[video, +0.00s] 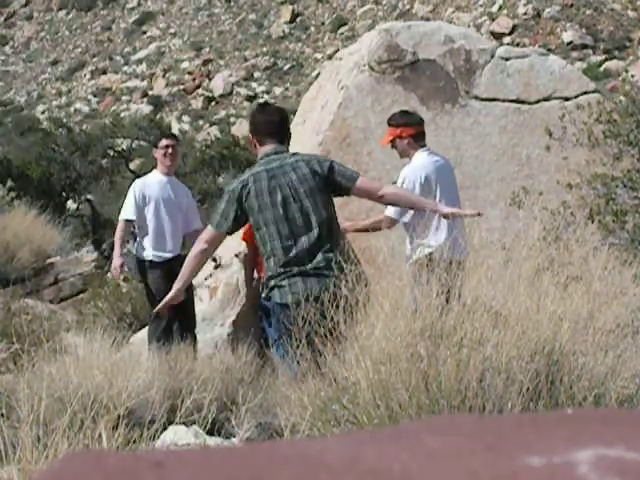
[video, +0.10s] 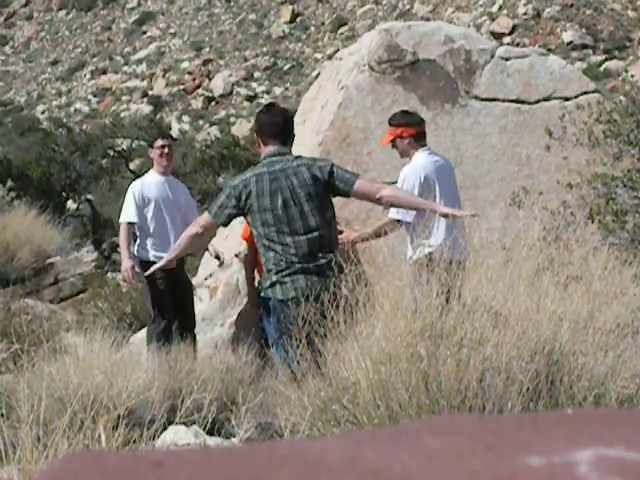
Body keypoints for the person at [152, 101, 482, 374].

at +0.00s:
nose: (248, 140)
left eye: (249, 136)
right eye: (254, 135)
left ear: (253, 140)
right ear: (287, 134)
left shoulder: (243, 185)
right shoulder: (315, 165)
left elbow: (207, 243)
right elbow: (380, 192)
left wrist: (177, 288)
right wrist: (438, 208)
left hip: (287, 297)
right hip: (336, 287)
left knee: (298, 379)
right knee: (341, 370)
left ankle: (308, 443)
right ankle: (348, 437)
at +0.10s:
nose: (253, 141)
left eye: (254, 137)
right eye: (264, 136)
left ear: (258, 139)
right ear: (291, 136)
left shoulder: (245, 183)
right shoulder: (317, 169)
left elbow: (201, 230)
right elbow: (380, 192)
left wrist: (170, 258)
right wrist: (437, 208)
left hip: (285, 291)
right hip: (331, 284)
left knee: (296, 373)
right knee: (338, 365)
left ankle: (306, 436)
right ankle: (343, 428)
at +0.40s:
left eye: (253, 154)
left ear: (253, 156)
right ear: (284, 154)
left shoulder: (237, 192)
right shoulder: (302, 191)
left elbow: (187, 229)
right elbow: (349, 225)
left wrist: (147, 254)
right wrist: (394, 250)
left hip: (257, 298)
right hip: (299, 296)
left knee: (253, 368)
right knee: (307, 368)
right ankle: (319, 420)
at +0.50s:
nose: (253, 163)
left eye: (250, 158)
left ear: (249, 159)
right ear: (280, 156)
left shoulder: (234, 194)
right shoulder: (298, 192)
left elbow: (189, 236)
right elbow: (342, 228)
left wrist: (154, 269)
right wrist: (376, 248)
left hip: (252, 296)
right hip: (292, 292)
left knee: (260, 362)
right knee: (304, 361)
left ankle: (263, 418)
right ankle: (314, 417)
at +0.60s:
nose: (255, 161)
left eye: (248, 157)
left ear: (247, 158)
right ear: (277, 155)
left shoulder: (232, 194)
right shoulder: (295, 191)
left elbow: (189, 236)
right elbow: (340, 219)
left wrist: (155, 266)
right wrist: (375, 229)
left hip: (252, 296)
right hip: (293, 291)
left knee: (266, 363)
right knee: (307, 359)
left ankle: (272, 420)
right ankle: (318, 417)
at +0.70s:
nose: (252, 168)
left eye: (246, 164)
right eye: (265, 162)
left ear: (244, 166)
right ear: (274, 162)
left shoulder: (230, 203)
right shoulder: (293, 196)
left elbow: (189, 228)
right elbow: (340, 207)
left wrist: (156, 244)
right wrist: (382, 206)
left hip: (252, 299)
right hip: (292, 294)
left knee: (265, 366)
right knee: (308, 360)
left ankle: (272, 420)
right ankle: (317, 416)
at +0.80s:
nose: (266, 156)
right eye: (268, 150)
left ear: (243, 157)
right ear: (272, 152)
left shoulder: (229, 192)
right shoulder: (289, 185)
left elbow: (195, 202)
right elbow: (337, 185)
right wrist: (375, 172)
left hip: (254, 287)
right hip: (292, 281)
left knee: (261, 357)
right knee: (308, 348)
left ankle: (268, 416)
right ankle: (317, 409)